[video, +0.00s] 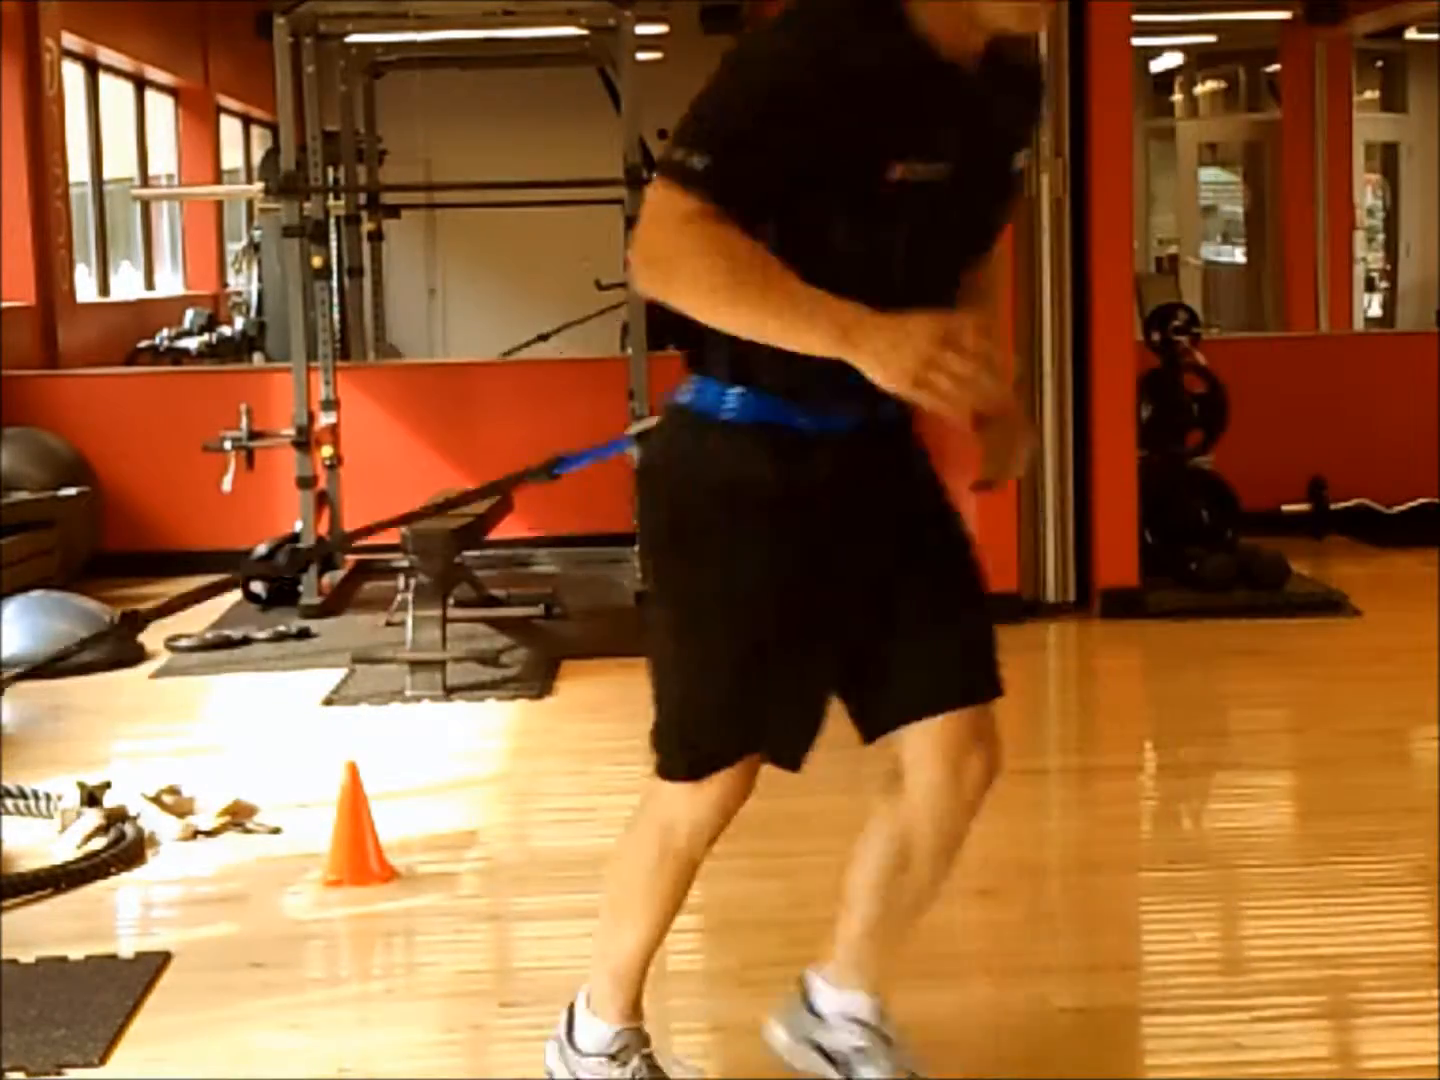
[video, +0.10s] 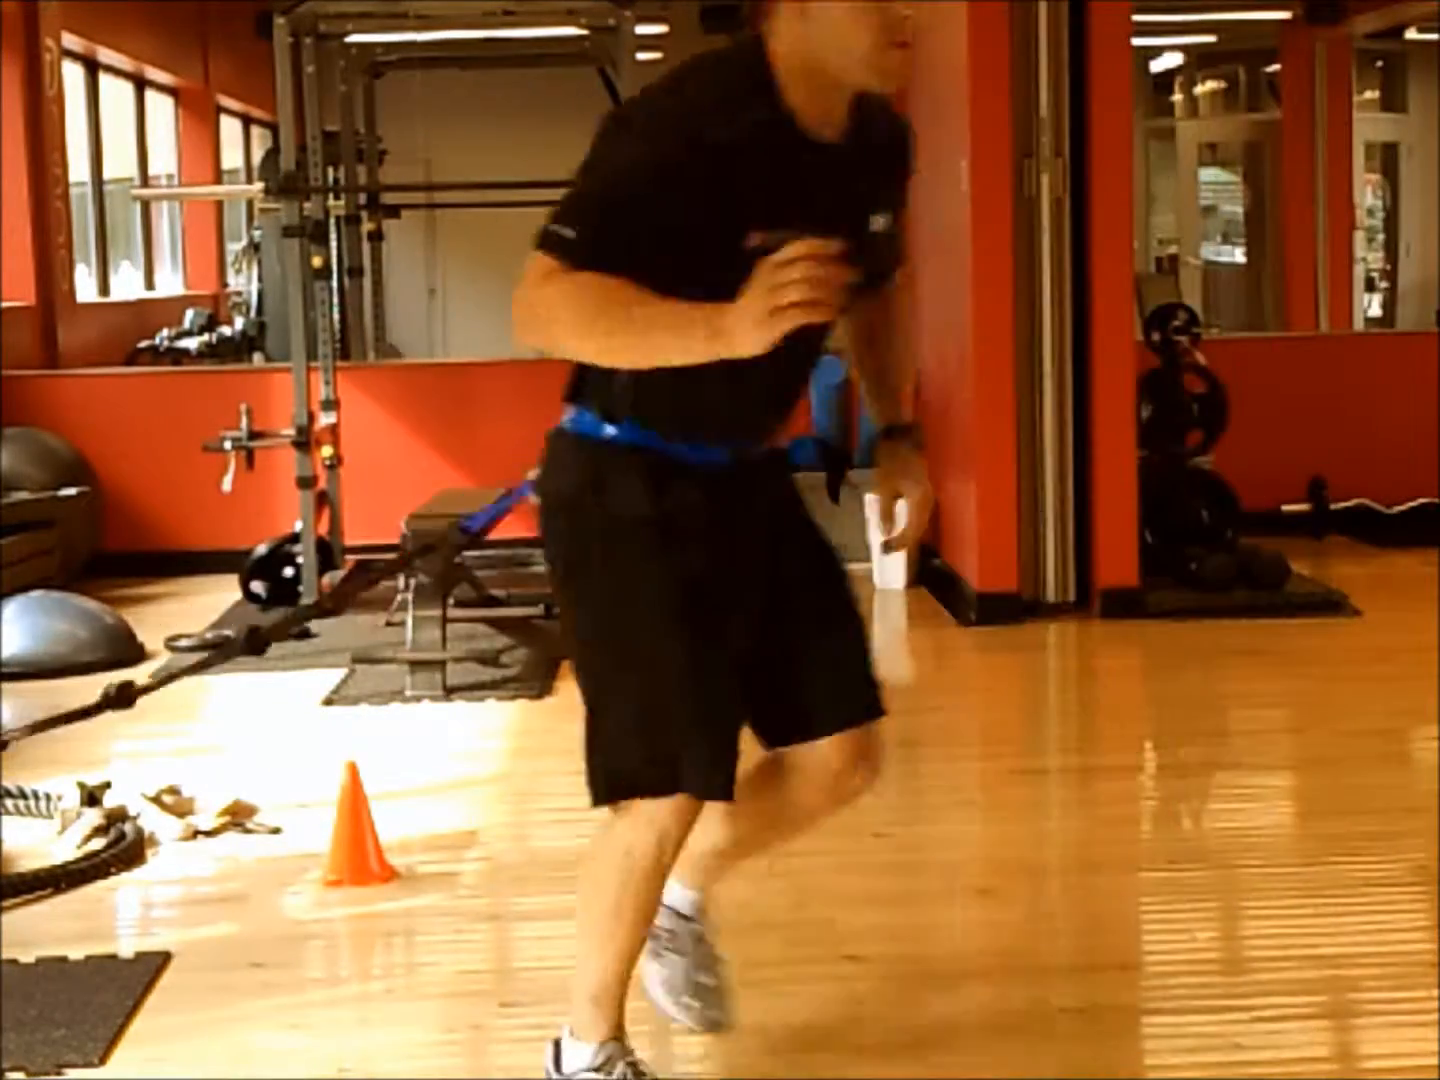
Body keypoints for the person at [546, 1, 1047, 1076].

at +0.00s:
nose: (1047, 7)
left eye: (1049, 6)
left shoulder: (1012, 74)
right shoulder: (808, 44)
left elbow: (977, 243)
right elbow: (663, 244)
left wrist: (991, 387)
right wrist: (865, 335)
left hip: (874, 455)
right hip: (730, 456)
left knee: (954, 754)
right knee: (710, 766)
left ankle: (838, 1001)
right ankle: (599, 1031)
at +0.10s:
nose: (907, 21)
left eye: (908, 3)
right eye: (878, 2)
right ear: (790, 10)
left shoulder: (876, 137)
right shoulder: (678, 116)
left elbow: (872, 287)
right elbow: (542, 304)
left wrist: (895, 427)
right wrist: (725, 327)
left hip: (748, 474)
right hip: (620, 474)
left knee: (839, 751)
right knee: (670, 775)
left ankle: (674, 882)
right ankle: (586, 1047)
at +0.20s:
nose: (815, 27)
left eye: (824, 7)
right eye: (785, 4)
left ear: (833, 18)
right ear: (700, 7)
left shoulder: (784, 138)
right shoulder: (570, 105)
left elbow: (787, 292)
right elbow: (424, 262)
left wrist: (816, 426)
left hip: (640, 441)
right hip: (524, 444)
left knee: (675, 725)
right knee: (591, 736)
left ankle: (513, 841)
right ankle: (583, 1039)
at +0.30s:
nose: (705, 51)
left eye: (716, 30)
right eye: (681, 23)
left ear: (722, 39)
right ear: (603, 18)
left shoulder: (688, 160)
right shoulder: (480, 126)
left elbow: (721, 294)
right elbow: (317, 241)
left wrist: (740, 382)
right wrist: (356, 424)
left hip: (549, 449)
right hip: (442, 443)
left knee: (496, 702)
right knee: (527, 718)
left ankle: (378, 852)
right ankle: (565, 1029)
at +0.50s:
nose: (542, 98)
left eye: (552, 76)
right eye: (520, 74)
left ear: (555, 79)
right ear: (453, 68)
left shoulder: (536, 190)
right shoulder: (336, 165)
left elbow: (568, 315)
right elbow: (200, 265)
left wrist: (605, 386)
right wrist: (209, 437)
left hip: (424, 457)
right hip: (319, 451)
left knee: (398, 685)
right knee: (398, 679)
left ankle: (315, 890)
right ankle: (435, 957)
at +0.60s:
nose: (489, 30)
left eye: (501, 10)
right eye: (465, 6)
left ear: (507, 19)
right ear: (403, 10)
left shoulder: (491, 117)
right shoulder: (295, 96)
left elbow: (484, 244)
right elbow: (174, 212)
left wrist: (510, 368)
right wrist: (240, 373)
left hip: (384, 396)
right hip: (279, 390)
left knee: (366, 636)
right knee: (335, 634)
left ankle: (331, 870)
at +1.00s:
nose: (400, 82)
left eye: (410, 60)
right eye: (379, 57)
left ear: (417, 60)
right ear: (313, 48)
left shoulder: (411, 146)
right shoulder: (220, 136)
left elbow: (394, 259)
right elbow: (95, 255)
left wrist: (379, 364)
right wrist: (105, 419)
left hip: (317, 430)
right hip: (213, 420)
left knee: (300, 631)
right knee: (214, 656)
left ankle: (233, 805)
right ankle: (137, 865)